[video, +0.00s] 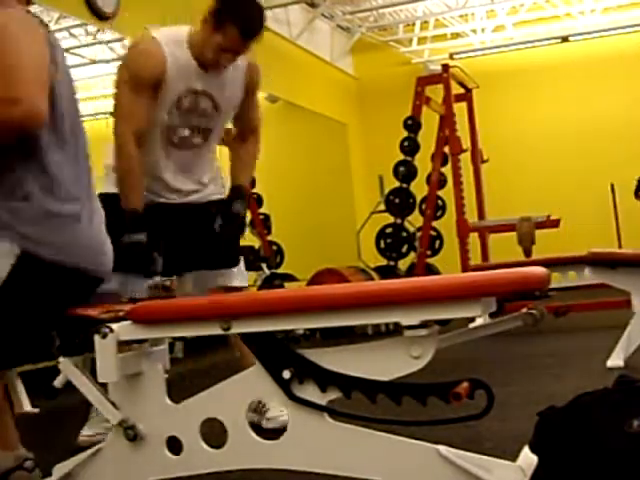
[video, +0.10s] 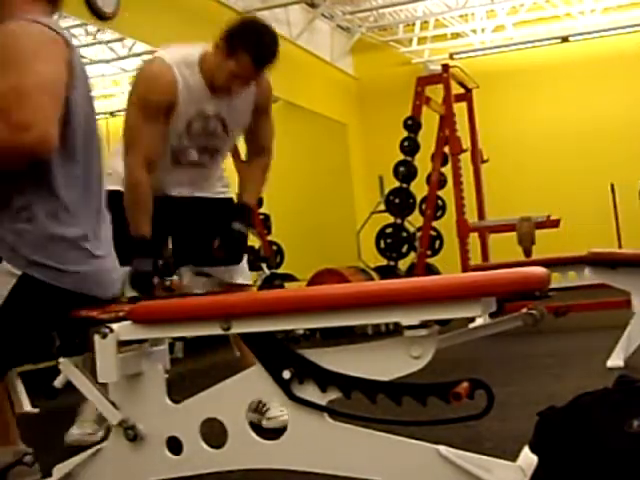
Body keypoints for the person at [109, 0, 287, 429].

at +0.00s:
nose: (227, 61)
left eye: (236, 54)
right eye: (224, 49)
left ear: (248, 47)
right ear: (207, 23)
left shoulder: (245, 72)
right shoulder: (151, 54)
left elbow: (247, 135)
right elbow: (128, 138)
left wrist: (241, 196)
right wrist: (133, 222)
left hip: (205, 203)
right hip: (145, 203)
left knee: (229, 312)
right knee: (137, 323)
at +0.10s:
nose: (238, 86)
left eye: (248, 80)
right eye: (235, 75)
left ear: (259, 72)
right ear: (218, 52)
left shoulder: (257, 89)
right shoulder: (161, 76)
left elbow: (259, 153)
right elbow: (138, 167)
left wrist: (247, 212)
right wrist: (144, 250)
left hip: (209, 196)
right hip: (150, 193)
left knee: (229, 302)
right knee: (146, 306)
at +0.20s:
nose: (247, 137)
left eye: (257, 133)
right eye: (245, 128)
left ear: (269, 120)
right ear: (232, 101)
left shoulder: (264, 120)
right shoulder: (168, 120)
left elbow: (264, 178)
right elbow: (149, 210)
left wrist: (250, 236)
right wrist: (153, 292)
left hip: (210, 209)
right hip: (159, 211)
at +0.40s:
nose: (247, 212)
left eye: (256, 207)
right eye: (246, 204)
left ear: (265, 196)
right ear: (231, 177)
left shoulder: (260, 188)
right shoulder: (173, 186)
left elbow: (247, 262)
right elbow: (156, 278)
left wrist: (243, 338)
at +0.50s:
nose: (242, 236)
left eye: (251, 232)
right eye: (241, 226)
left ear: (263, 220)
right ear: (228, 194)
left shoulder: (257, 211)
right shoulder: (171, 201)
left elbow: (244, 280)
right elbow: (154, 287)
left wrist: (224, 335)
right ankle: (98, 408)